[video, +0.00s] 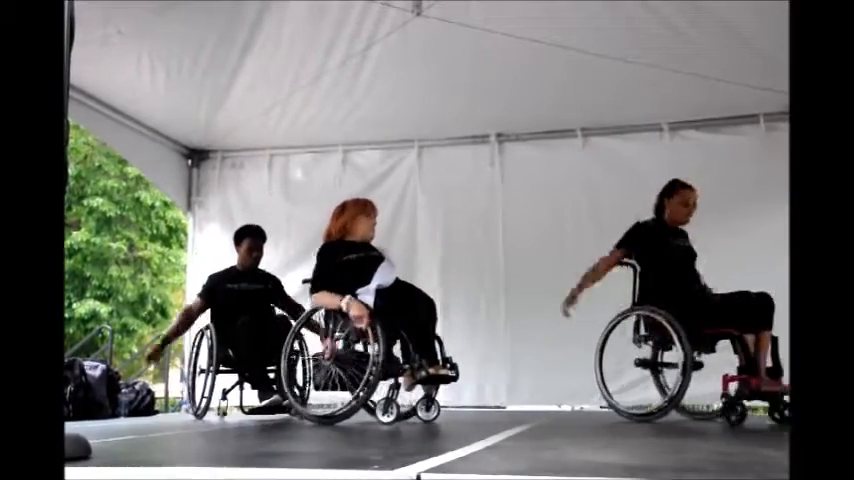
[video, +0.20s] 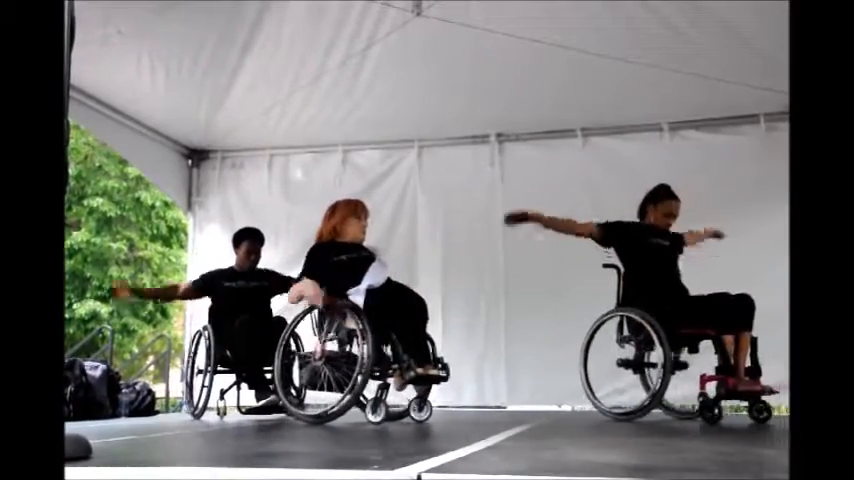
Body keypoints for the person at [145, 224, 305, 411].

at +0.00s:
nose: (258, 255)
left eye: (261, 249)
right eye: (252, 249)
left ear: (263, 250)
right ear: (238, 248)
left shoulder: (269, 282)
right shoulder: (218, 281)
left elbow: (295, 310)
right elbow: (191, 313)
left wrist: (323, 332)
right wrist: (163, 343)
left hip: (262, 343)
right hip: (230, 346)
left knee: (282, 324)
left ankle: (286, 392)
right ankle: (266, 393)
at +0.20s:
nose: (255, 257)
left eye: (258, 253)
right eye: (250, 252)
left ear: (261, 252)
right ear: (236, 250)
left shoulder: (268, 278)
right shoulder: (217, 278)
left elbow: (301, 287)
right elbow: (179, 291)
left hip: (261, 343)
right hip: (226, 347)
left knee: (280, 324)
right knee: (246, 328)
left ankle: (285, 390)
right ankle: (263, 392)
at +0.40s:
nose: (251, 258)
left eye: (254, 253)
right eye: (246, 253)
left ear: (258, 253)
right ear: (233, 251)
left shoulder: (262, 279)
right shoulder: (215, 278)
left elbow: (292, 273)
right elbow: (177, 281)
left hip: (257, 342)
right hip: (225, 346)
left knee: (275, 325)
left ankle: (279, 391)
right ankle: (258, 392)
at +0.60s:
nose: (247, 260)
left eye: (250, 255)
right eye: (242, 255)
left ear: (254, 255)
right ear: (230, 254)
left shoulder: (260, 281)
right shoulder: (214, 281)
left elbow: (293, 281)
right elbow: (185, 290)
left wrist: (310, 262)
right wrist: (196, 269)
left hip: (255, 341)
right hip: (224, 344)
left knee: (272, 327)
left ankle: (276, 393)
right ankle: (255, 392)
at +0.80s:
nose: (245, 262)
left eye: (248, 257)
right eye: (240, 257)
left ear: (252, 257)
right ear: (228, 255)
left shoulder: (258, 286)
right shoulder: (211, 285)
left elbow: (284, 305)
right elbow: (188, 308)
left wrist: (299, 310)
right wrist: (200, 318)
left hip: (253, 343)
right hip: (223, 344)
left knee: (268, 328)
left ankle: (273, 393)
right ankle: (255, 393)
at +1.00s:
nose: (248, 266)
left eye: (252, 261)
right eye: (244, 261)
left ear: (255, 262)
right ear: (232, 259)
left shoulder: (259, 291)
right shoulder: (214, 287)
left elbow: (282, 319)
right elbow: (186, 310)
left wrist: (289, 344)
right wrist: (193, 332)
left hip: (249, 346)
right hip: (216, 348)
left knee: (273, 331)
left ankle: (272, 394)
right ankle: (256, 395)